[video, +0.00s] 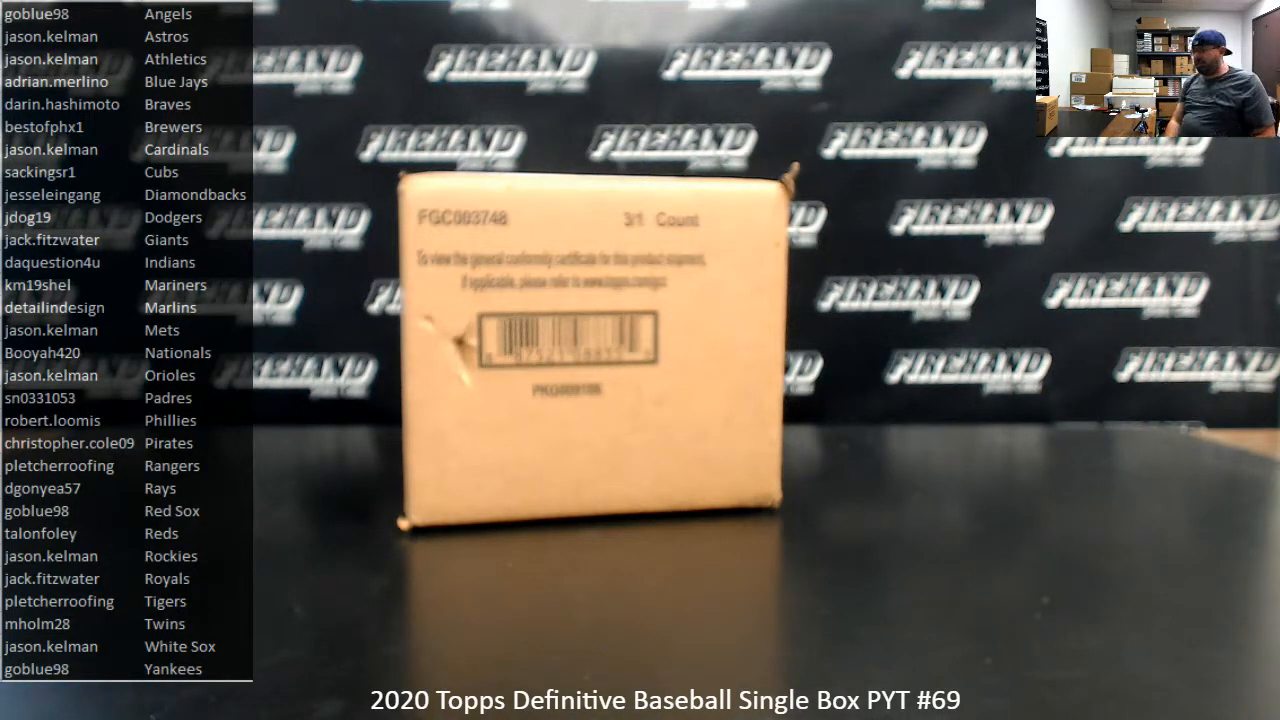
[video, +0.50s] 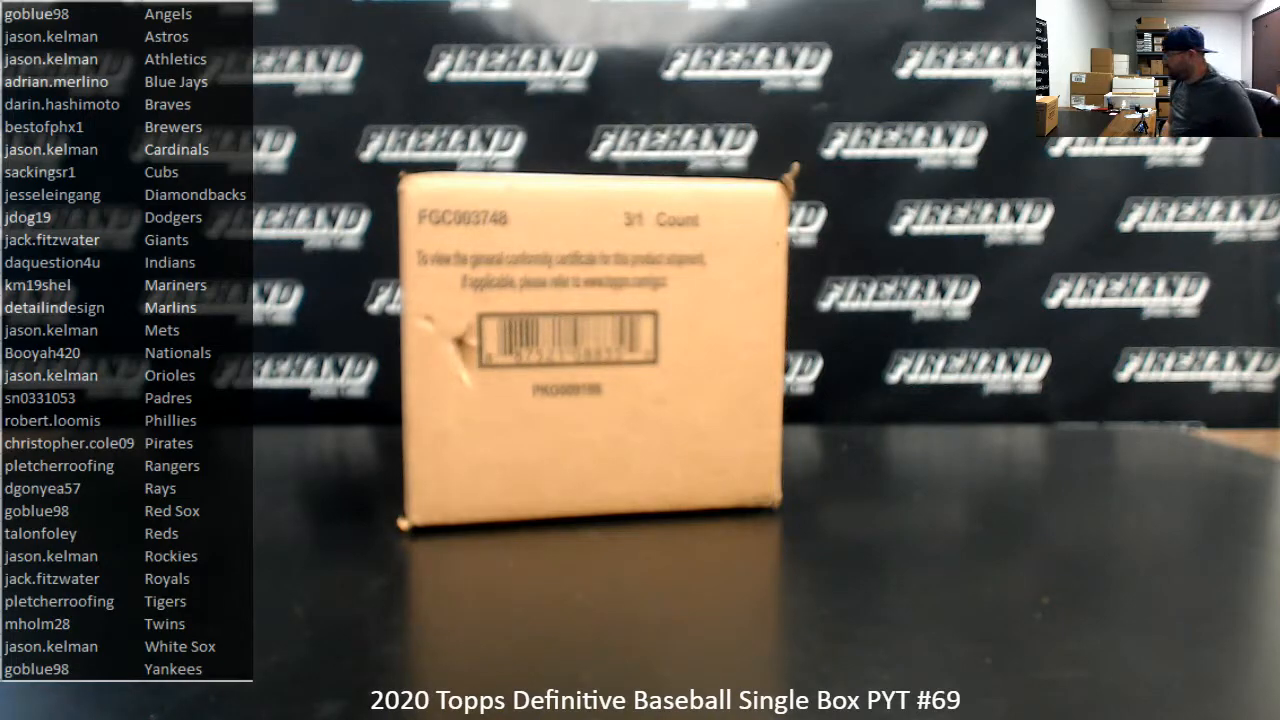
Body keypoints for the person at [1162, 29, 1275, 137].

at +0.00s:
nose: (1197, 57)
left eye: (1203, 51)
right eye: (1194, 52)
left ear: (1221, 52)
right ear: (1191, 54)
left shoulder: (1248, 82)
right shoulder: (1190, 83)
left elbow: (1267, 134)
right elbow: (1176, 120)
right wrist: (1167, 149)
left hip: (1229, 162)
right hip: (1187, 160)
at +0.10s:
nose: (1190, 58)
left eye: (1196, 51)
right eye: (1190, 52)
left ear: (1217, 51)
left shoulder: (1247, 83)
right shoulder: (1191, 82)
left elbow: (1266, 136)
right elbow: (1176, 120)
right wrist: (1164, 149)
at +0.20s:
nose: (1185, 58)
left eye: (1191, 52)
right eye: (1185, 52)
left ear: (1214, 51)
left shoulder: (1245, 85)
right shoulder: (1189, 83)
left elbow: (1265, 140)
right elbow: (1175, 121)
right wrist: (1164, 151)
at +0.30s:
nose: (1174, 61)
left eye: (1180, 54)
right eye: (1175, 55)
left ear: (1203, 53)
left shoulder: (1237, 89)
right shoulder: (1185, 85)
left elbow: (1262, 141)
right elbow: (1173, 122)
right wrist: (1163, 152)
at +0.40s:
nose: (1168, 62)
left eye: (1174, 55)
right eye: (1169, 55)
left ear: (1196, 54)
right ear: (1196, 55)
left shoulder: (1231, 90)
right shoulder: (1181, 86)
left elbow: (1256, 143)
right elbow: (1171, 123)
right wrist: (1163, 155)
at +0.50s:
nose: (1165, 62)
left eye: (1169, 56)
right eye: (1165, 56)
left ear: (1191, 55)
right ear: (1191, 55)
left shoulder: (1227, 90)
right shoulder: (1179, 86)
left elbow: (1253, 143)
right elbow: (1170, 125)